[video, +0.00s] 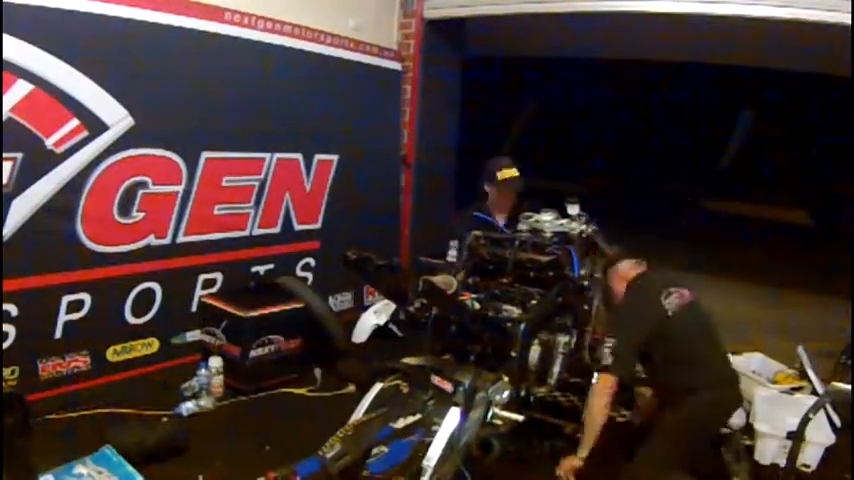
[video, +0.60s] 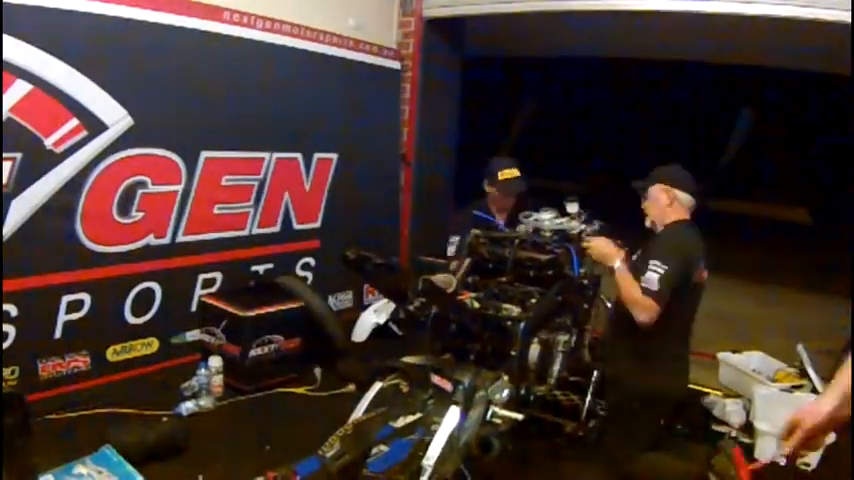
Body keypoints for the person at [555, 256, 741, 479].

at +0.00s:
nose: (614, 298)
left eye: (612, 290)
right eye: (612, 291)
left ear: (621, 280)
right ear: (643, 270)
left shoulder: (631, 306)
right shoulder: (671, 284)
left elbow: (605, 385)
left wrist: (581, 454)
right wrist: (651, 403)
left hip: (694, 402)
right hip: (723, 392)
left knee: (648, 465)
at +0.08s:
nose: (651, 205)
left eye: (657, 197)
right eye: (653, 197)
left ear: (678, 202)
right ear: (682, 203)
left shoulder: (668, 250)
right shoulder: (694, 247)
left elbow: (624, 318)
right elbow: (662, 302)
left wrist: (610, 276)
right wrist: (624, 269)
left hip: (640, 384)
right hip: (665, 380)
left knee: (615, 464)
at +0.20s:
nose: (629, 244)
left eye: (632, 240)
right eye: (627, 238)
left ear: (650, 246)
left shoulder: (655, 285)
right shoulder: (694, 247)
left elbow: (609, 329)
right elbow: (652, 259)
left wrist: (595, 271)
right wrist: (623, 247)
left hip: (641, 386)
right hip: (673, 374)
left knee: (616, 457)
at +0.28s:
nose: (642, 271)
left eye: (640, 264)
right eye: (640, 266)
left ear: (646, 256)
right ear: (671, 250)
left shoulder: (667, 272)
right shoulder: (691, 273)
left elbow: (626, 314)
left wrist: (608, 272)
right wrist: (611, 269)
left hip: (700, 403)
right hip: (729, 400)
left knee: (660, 468)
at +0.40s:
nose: (666, 209)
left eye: (672, 203)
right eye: (669, 202)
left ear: (689, 213)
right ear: (696, 214)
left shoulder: (680, 264)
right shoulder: (716, 252)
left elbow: (632, 310)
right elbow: (659, 257)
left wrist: (605, 265)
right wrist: (614, 235)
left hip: (681, 393)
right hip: (708, 386)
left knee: (659, 466)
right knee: (681, 464)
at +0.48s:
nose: (647, 218)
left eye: (653, 208)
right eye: (649, 211)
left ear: (672, 206)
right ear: (683, 210)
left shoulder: (667, 237)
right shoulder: (690, 242)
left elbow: (629, 283)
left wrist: (593, 245)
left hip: (646, 384)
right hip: (669, 382)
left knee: (616, 460)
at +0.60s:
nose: (644, 207)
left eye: (648, 198)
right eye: (645, 199)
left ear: (669, 199)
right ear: (672, 200)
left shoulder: (672, 243)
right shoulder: (684, 239)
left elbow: (645, 311)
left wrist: (616, 262)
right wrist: (621, 257)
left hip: (644, 386)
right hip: (653, 380)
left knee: (619, 463)